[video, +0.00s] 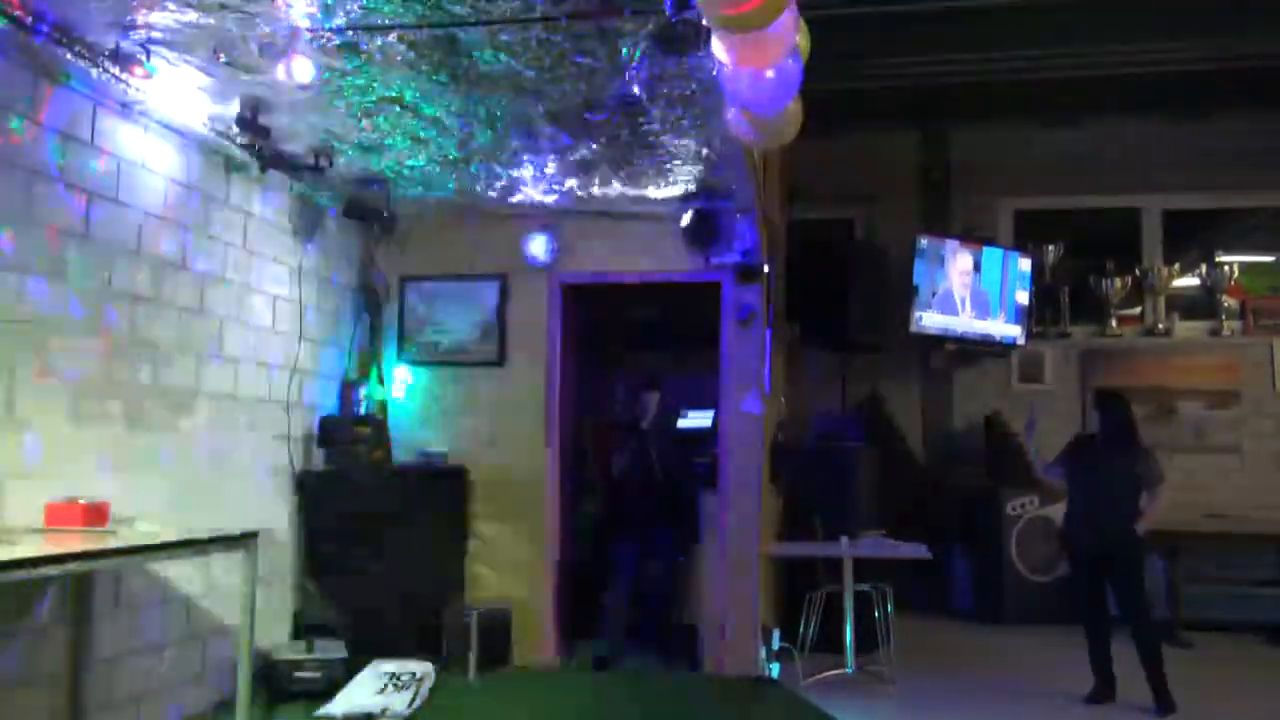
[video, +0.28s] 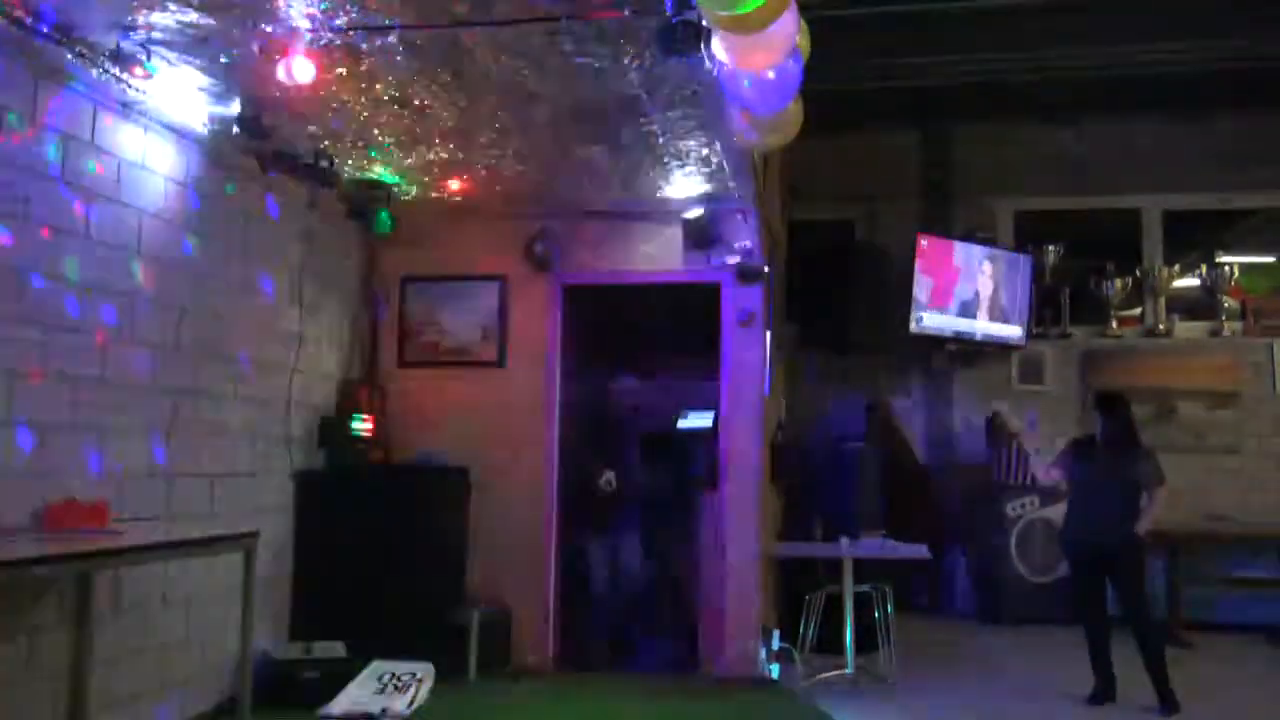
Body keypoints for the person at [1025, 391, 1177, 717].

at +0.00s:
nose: (1097, 419)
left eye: (1098, 411)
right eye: (1105, 410)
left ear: (1096, 415)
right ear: (1127, 415)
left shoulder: (1081, 446)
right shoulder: (1136, 449)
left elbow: (1050, 479)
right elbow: (1155, 493)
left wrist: (1027, 445)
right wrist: (1140, 525)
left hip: (1084, 542)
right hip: (1124, 541)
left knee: (1093, 617)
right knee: (1138, 615)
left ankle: (1103, 685)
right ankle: (1161, 692)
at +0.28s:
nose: (1106, 424)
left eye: (1105, 415)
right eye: (1110, 415)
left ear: (1097, 417)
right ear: (1128, 417)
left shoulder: (1078, 448)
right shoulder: (1138, 453)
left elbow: (1048, 476)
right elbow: (1157, 492)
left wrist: (1024, 438)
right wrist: (1142, 526)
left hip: (1083, 542)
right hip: (1124, 542)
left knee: (1092, 617)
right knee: (1139, 615)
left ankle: (1103, 686)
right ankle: (1165, 693)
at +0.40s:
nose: (1095, 421)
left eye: (1097, 414)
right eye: (1099, 413)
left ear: (1100, 417)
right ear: (1130, 417)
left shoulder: (1082, 449)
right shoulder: (1140, 451)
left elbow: (1054, 483)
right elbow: (1160, 492)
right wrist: (1146, 525)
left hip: (1088, 544)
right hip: (1128, 543)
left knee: (1095, 618)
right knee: (1143, 618)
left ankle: (1104, 686)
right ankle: (1168, 693)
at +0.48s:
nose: (1101, 422)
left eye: (1103, 415)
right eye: (1106, 414)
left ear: (1102, 418)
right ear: (1133, 418)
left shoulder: (1087, 449)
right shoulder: (1143, 453)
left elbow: (1055, 481)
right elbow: (1163, 494)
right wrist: (1149, 528)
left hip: (1089, 544)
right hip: (1131, 543)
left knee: (1096, 619)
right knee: (1145, 619)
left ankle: (1104, 687)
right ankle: (1168, 694)